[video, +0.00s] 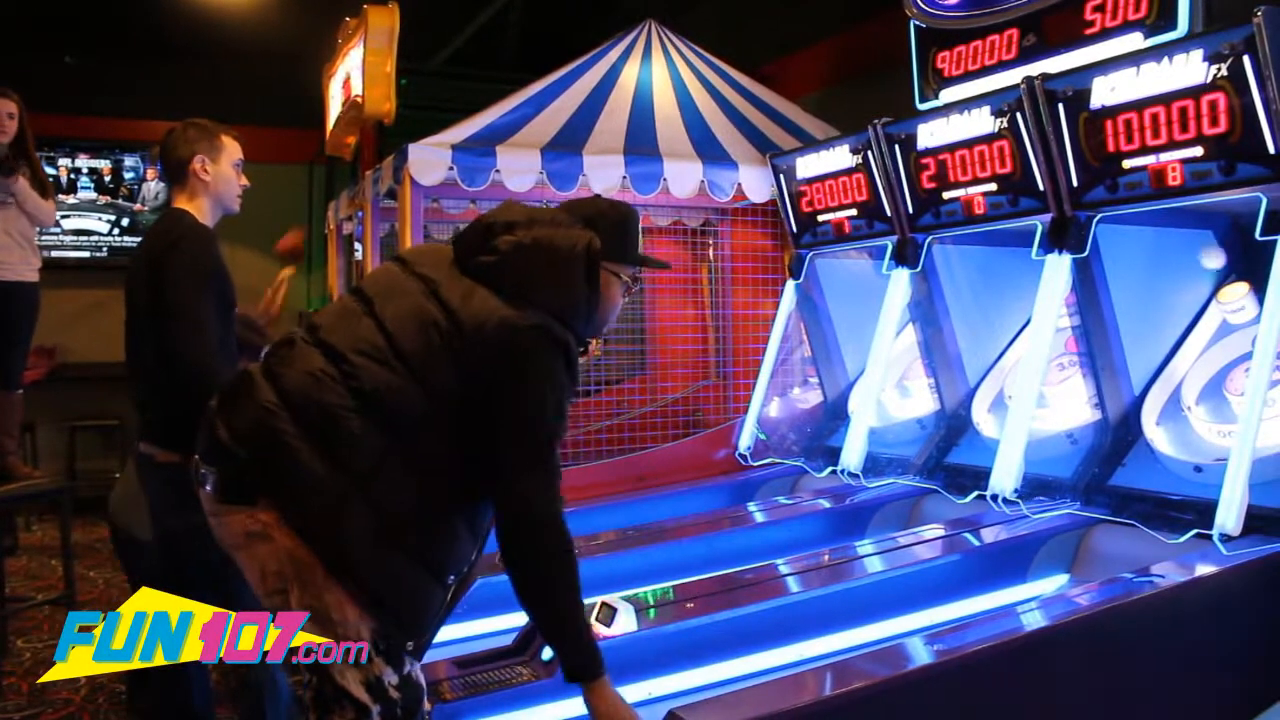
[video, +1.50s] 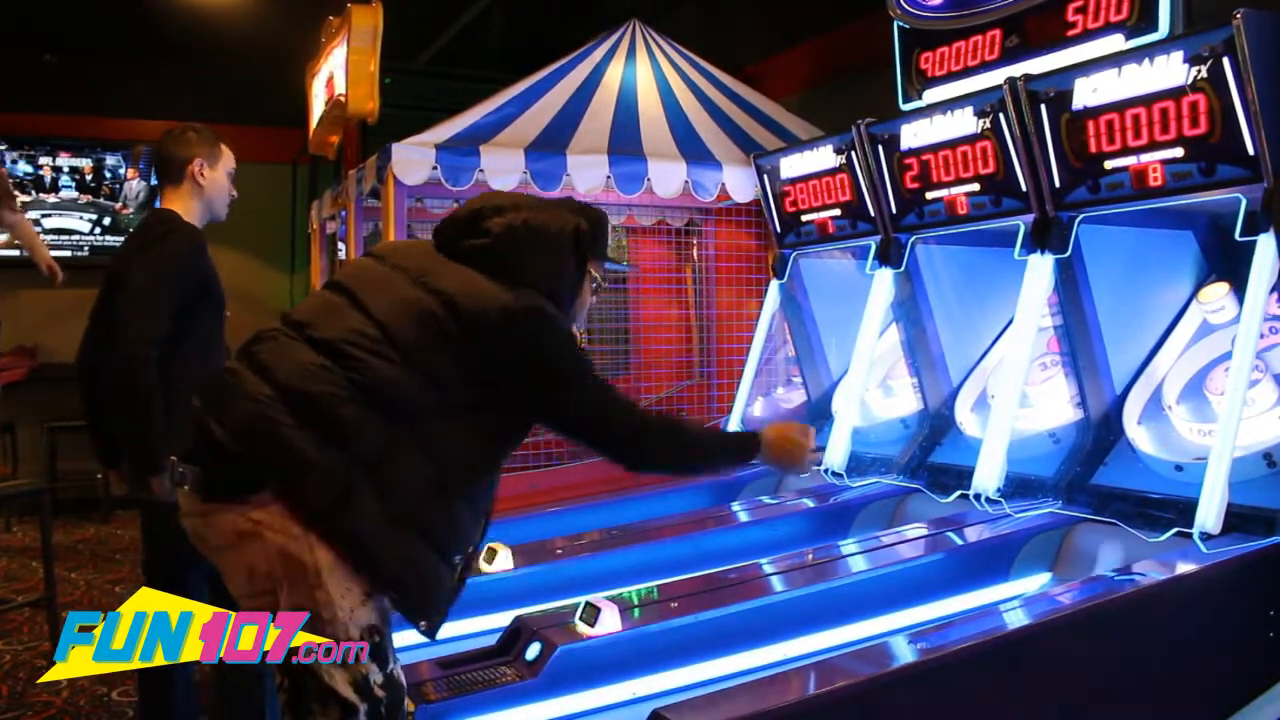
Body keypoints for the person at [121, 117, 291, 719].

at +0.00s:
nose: (244, 180)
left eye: (243, 168)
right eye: (237, 167)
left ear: (194, 171)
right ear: (201, 169)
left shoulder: (165, 239)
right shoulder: (190, 244)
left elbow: (189, 344)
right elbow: (204, 364)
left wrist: (254, 325)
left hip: (159, 458)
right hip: (186, 467)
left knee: (180, 613)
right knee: (233, 609)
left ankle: (173, 704)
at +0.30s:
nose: (237, 186)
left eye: (237, 173)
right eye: (233, 171)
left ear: (186, 170)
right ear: (201, 168)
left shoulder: (161, 235)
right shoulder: (179, 242)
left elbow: (178, 336)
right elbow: (168, 353)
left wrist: (236, 309)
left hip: (157, 456)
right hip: (174, 465)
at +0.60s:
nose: (228, 199)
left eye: (230, 187)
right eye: (229, 185)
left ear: (179, 172)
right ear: (209, 174)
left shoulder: (145, 233)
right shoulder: (179, 240)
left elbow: (96, 349)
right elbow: (152, 344)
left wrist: (223, 316)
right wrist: (202, 404)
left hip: (144, 451)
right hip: (173, 459)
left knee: (158, 599)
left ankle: (152, 705)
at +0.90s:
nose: (230, 199)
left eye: (232, 187)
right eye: (230, 185)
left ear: (181, 172)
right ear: (204, 174)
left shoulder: (141, 235)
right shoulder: (182, 241)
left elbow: (100, 350)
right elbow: (172, 351)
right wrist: (187, 446)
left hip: (142, 452)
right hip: (175, 458)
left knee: (165, 593)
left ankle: (166, 704)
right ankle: (254, 707)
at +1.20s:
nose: (235, 192)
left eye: (235, 177)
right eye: (232, 176)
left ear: (186, 173)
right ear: (203, 172)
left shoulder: (149, 235)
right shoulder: (183, 240)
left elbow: (86, 345)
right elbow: (145, 343)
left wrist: (121, 433)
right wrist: (160, 444)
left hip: (156, 456)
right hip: (186, 457)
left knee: (171, 604)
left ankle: (167, 705)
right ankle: (254, 708)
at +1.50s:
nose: (234, 187)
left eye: (234, 173)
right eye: (230, 173)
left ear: (186, 173)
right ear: (199, 172)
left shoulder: (149, 239)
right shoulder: (177, 243)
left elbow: (96, 356)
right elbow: (140, 352)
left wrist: (120, 456)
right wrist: (156, 456)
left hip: (159, 462)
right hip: (184, 462)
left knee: (172, 608)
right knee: (197, 610)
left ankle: (168, 706)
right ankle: (179, 707)